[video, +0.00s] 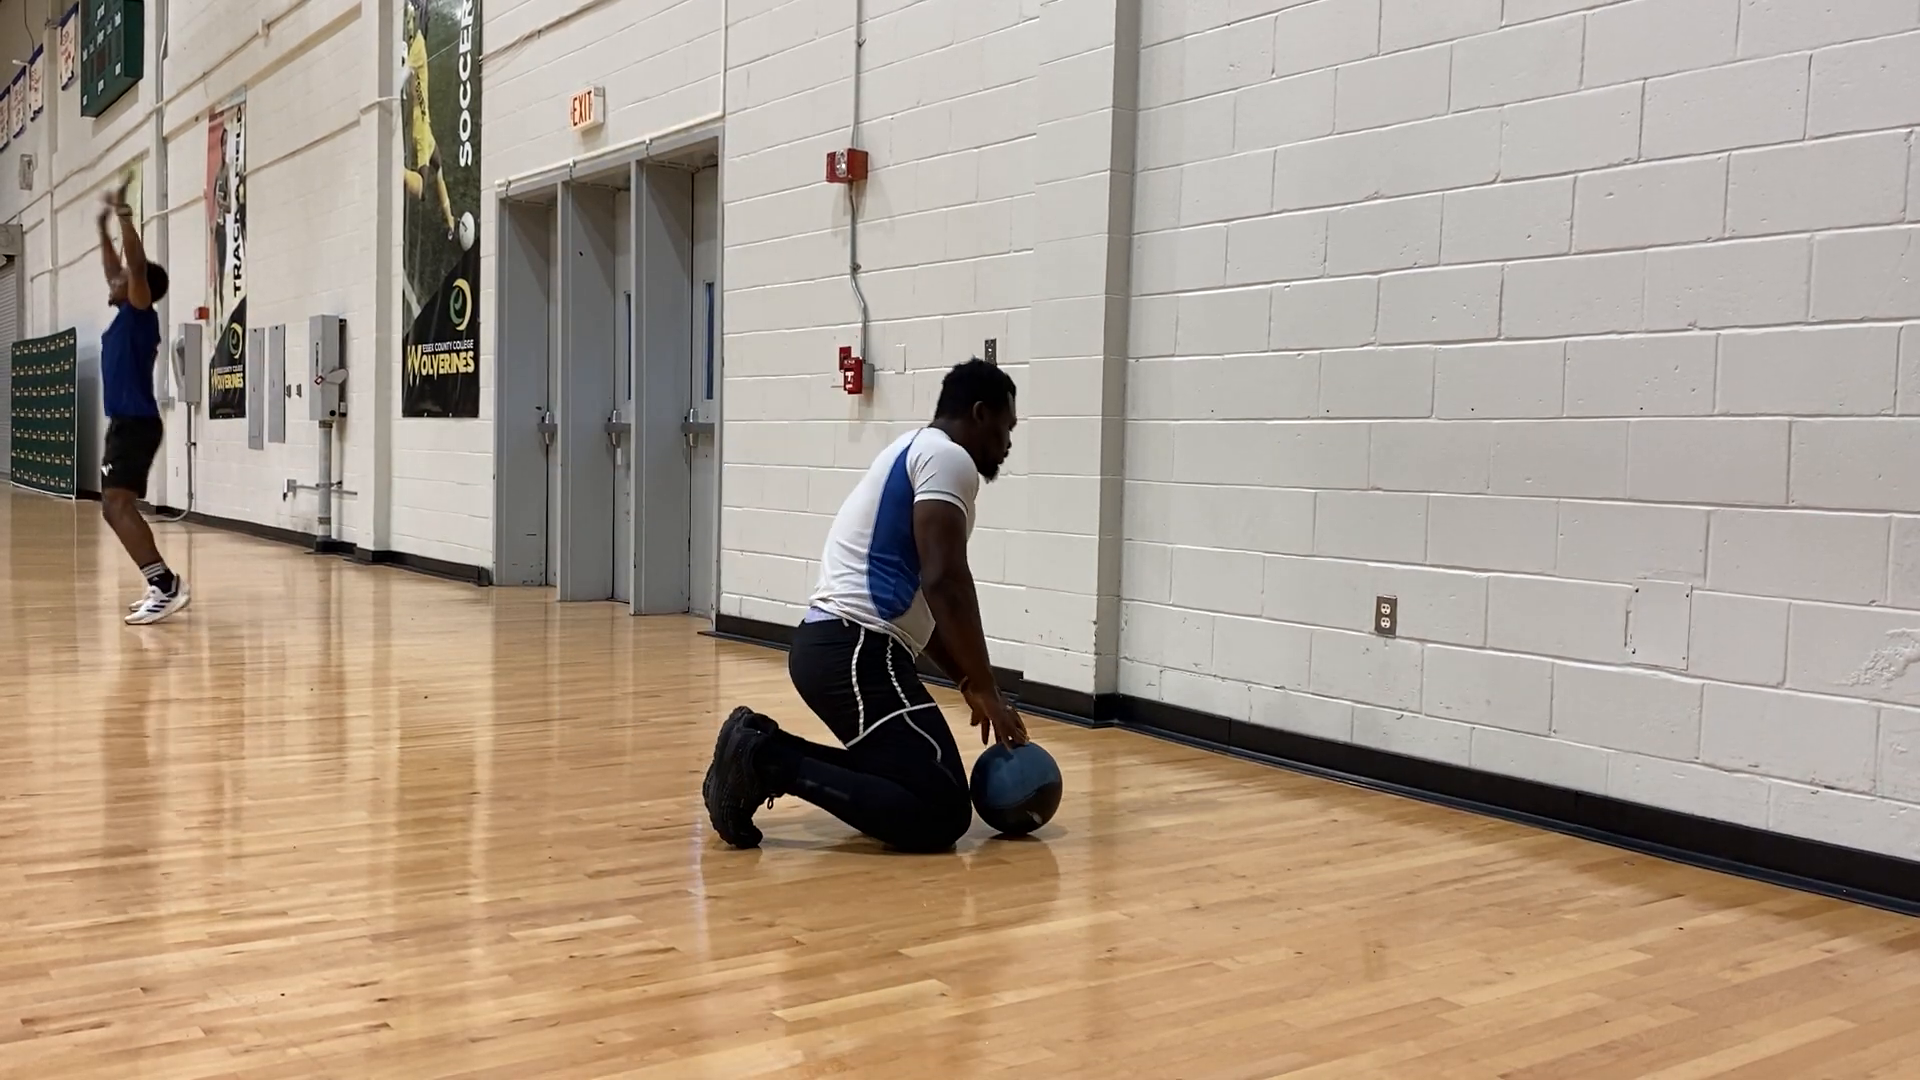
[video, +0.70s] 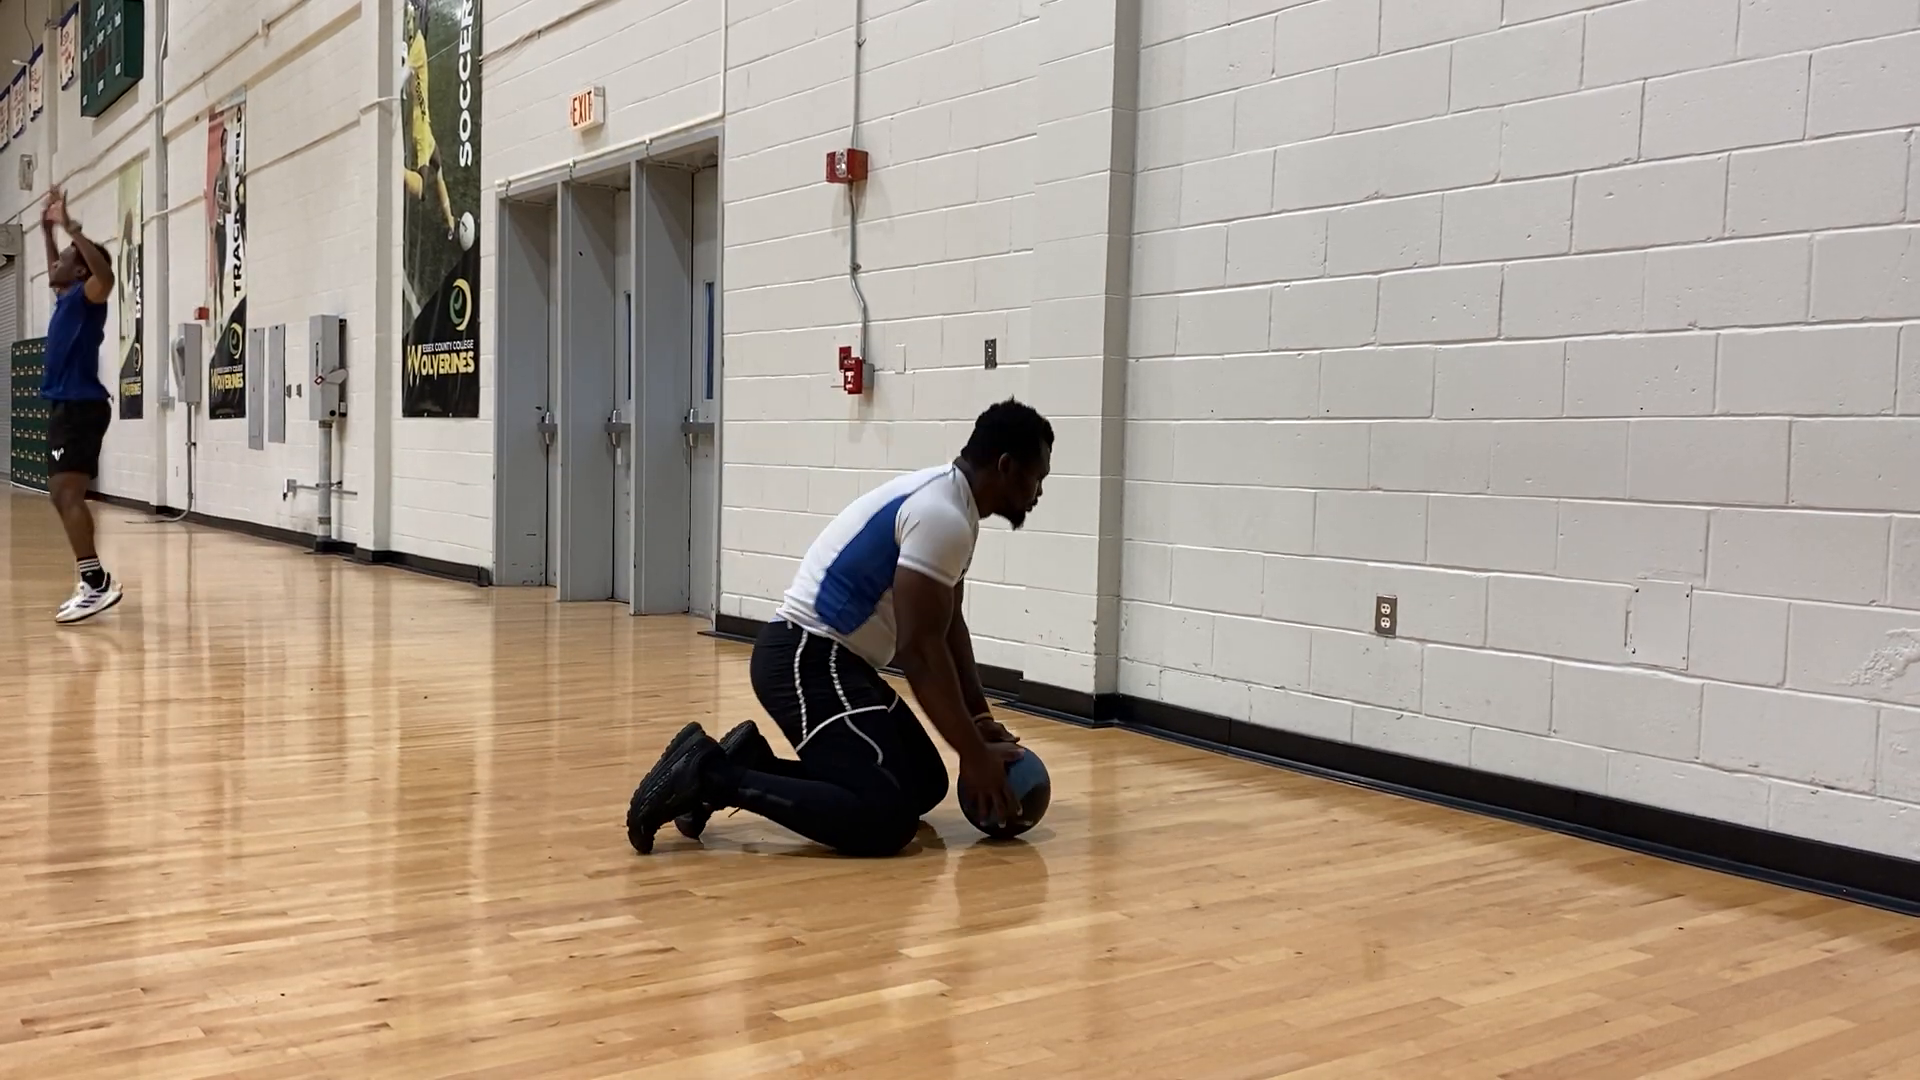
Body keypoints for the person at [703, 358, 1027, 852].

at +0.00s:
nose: (1009, 444)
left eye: (1011, 430)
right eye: (1007, 428)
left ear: (960, 413)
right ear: (979, 415)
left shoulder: (913, 453)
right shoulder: (945, 455)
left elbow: (909, 607)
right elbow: (944, 580)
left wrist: (970, 684)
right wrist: (985, 689)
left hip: (838, 643)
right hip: (856, 647)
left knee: (936, 793)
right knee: (940, 817)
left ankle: (767, 745)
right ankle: (768, 760)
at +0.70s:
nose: (1041, 493)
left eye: (1044, 479)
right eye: (1038, 477)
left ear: (994, 461)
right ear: (1005, 466)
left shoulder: (953, 509)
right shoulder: (941, 513)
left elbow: (949, 631)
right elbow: (916, 651)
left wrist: (981, 722)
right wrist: (973, 753)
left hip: (836, 658)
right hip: (806, 657)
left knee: (921, 785)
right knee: (882, 823)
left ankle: (757, 766)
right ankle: (711, 777)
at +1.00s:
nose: (1009, 448)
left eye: (1005, 435)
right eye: (999, 436)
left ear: (957, 447)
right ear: (962, 447)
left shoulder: (943, 505)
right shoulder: (914, 503)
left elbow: (934, 605)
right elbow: (876, 632)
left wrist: (979, 691)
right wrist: (950, 723)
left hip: (832, 661)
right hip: (793, 659)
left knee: (919, 783)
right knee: (879, 823)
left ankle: (754, 765)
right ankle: (706, 782)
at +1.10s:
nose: (996, 421)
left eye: (991, 407)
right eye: (986, 409)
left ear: (948, 422)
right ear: (951, 421)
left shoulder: (939, 487)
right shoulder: (905, 475)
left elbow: (925, 582)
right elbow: (855, 592)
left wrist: (977, 662)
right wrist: (945, 671)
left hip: (841, 657)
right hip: (805, 655)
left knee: (921, 783)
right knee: (879, 821)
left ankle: (760, 766)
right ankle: (701, 780)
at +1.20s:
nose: (985, 404)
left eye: (981, 390)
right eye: (975, 392)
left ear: (941, 403)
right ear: (941, 401)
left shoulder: (931, 468)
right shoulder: (896, 448)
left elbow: (916, 562)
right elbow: (835, 548)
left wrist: (967, 626)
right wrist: (938, 612)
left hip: (852, 655)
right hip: (818, 651)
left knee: (924, 784)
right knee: (880, 820)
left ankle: (760, 765)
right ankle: (702, 781)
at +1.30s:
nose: (977, 386)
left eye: (972, 374)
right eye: (967, 374)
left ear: (929, 388)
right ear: (933, 386)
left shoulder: (927, 454)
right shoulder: (892, 432)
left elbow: (896, 559)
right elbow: (822, 524)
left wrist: (960, 612)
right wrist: (929, 573)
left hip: (862, 650)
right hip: (827, 645)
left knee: (926, 785)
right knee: (877, 820)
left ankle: (765, 765)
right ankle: (699, 779)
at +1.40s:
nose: (970, 374)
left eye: (964, 363)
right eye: (959, 364)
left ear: (924, 379)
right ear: (928, 378)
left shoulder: (922, 450)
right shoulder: (883, 428)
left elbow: (900, 564)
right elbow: (819, 522)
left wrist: (961, 600)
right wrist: (930, 556)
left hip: (868, 648)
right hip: (833, 642)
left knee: (926, 785)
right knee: (870, 822)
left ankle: (770, 762)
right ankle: (694, 776)